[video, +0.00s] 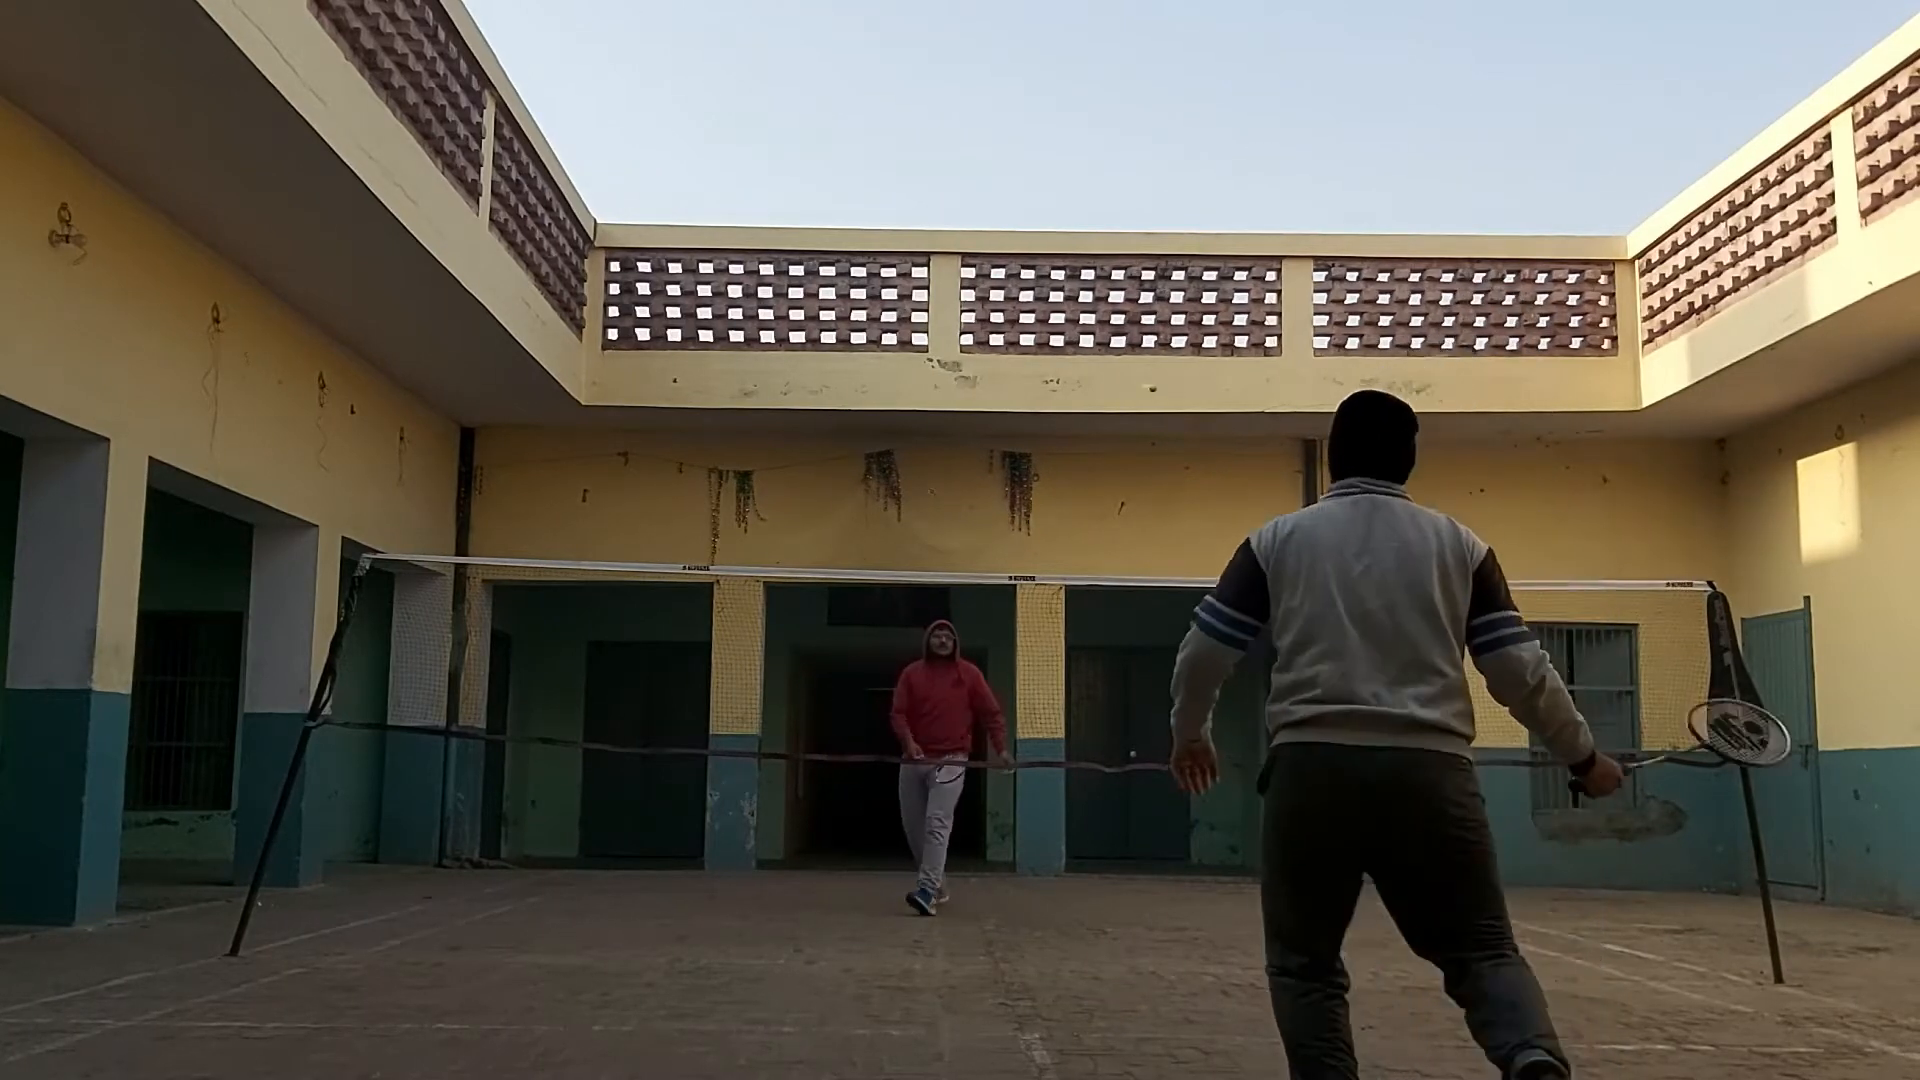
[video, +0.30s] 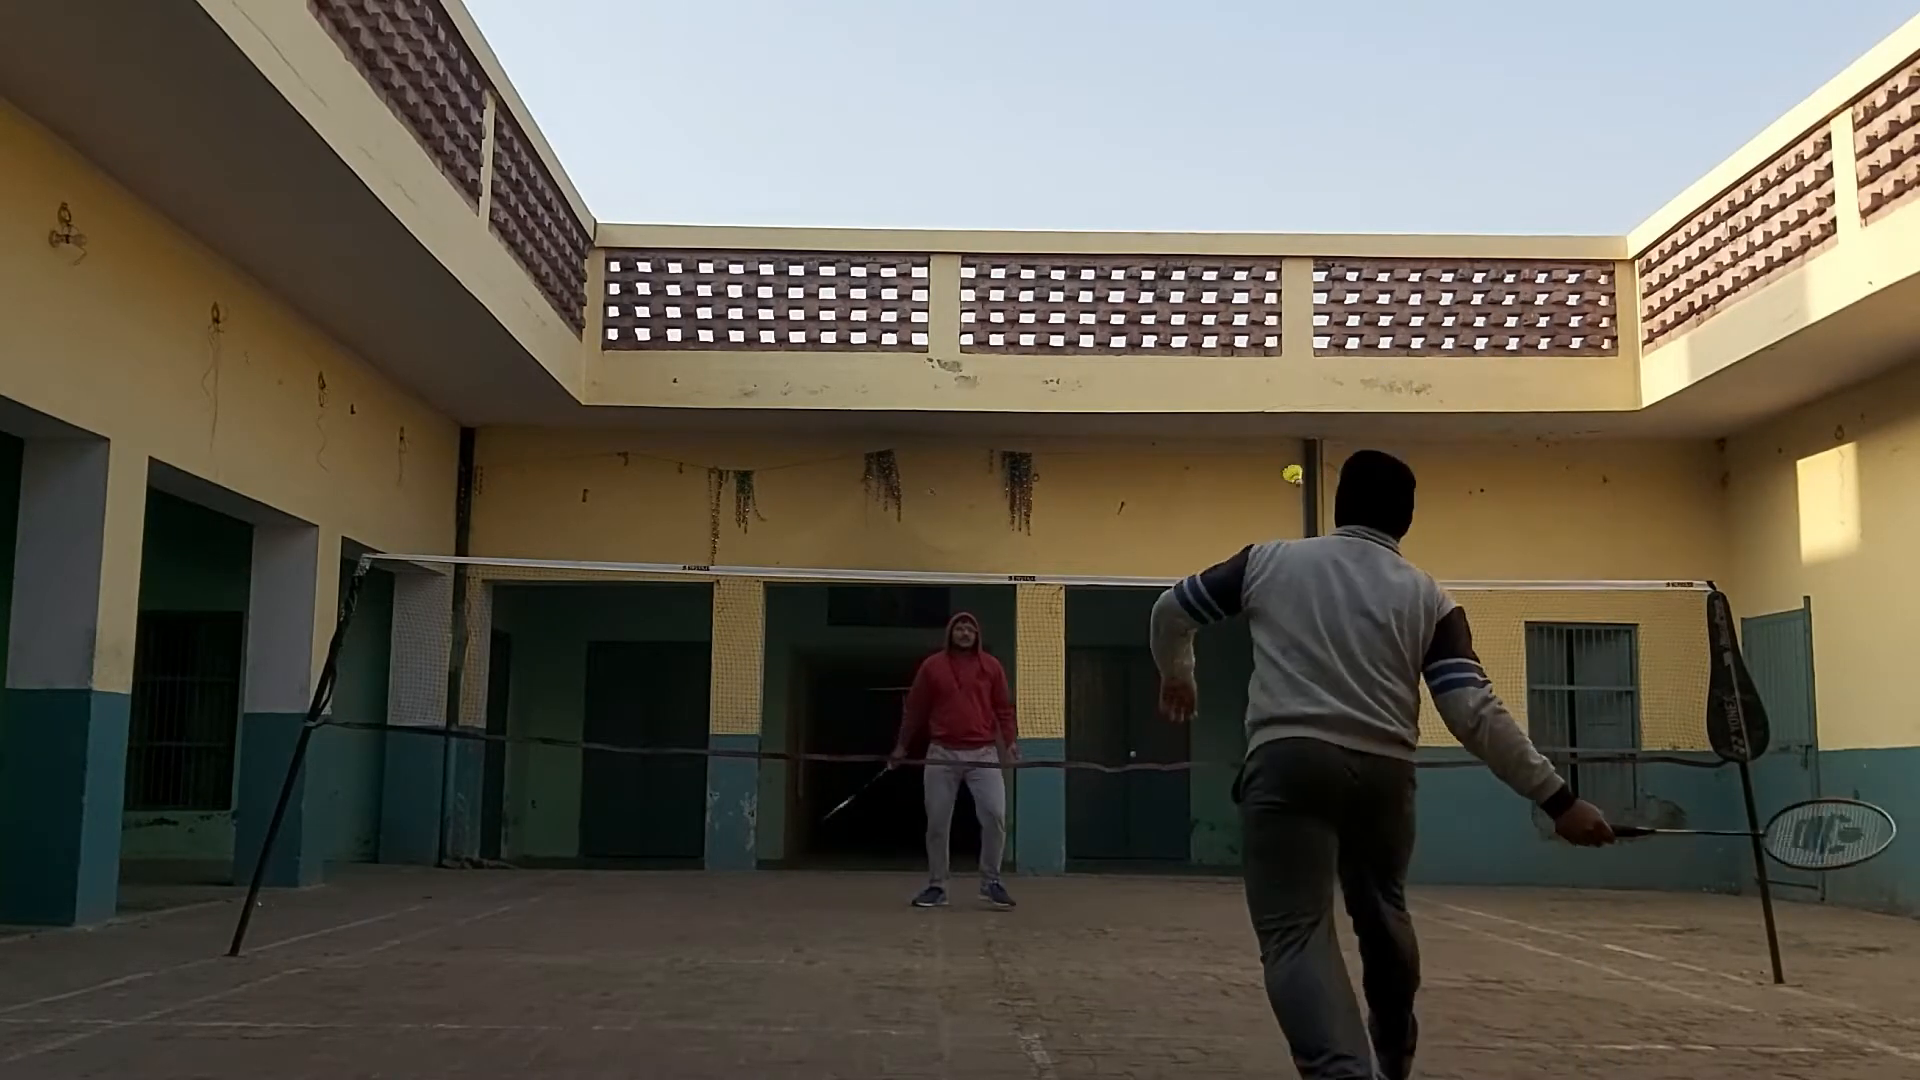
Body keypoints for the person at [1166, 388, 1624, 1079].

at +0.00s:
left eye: (1339, 451)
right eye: (1402, 453)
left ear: (1332, 456)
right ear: (1410, 461)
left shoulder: (1275, 541)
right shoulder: (1460, 546)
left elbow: (1200, 654)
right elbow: (1519, 670)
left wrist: (1190, 732)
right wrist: (1584, 756)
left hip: (1308, 777)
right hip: (1431, 777)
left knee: (1304, 964)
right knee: (1480, 947)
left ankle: (1328, 1077)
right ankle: (1535, 1061)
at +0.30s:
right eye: (1404, 509)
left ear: (1338, 506)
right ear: (1406, 518)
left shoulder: (1270, 561)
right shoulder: (1427, 598)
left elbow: (1171, 609)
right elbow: (1473, 713)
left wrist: (1175, 677)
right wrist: (1560, 801)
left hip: (1286, 759)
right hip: (1383, 770)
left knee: (1293, 931)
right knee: (1383, 905)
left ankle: (1341, 1071)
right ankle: (1394, 1061)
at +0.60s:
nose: (1346, 523)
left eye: (1350, 515)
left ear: (1348, 523)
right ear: (1405, 548)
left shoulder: (1302, 559)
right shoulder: (1401, 620)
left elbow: (1229, 602)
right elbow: (1359, 684)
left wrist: (1184, 687)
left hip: (1260, 741)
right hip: (1343, 763)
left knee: (1190, 896)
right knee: (1343, 891)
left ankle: (1257, 1046)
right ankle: (1379, 1052)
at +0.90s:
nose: (1218, 499)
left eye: (1220, 488)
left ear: (1220, 496)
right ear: (1281, 501)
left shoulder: (1196, 557)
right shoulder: (1298, 559)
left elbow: (1105, 613)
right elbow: (1240, 547)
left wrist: (1153, 570)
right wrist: (1180, 526)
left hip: (1201, 749)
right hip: (1287, 754)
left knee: (1111, 885)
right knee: (1312, 891)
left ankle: (1066, 1037)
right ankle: (1377, 1044)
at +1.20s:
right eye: (1146, 471)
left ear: (1086, 477)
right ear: (1152, 476)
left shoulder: (1058, 552)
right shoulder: (1195, 539)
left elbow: (990, 657)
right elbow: (1216, 630)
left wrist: (926, 733)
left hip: (1109, 737)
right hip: (1208, 727)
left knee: (1089, 886)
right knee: (1244, 875)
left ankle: (1073, 1044)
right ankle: (1241, 1025)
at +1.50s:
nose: (1057, 474)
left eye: (1055, 463)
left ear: (1057, 466)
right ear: (1122, 466)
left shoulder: (1045, 516)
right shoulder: (1171, 535)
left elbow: (1046, 590)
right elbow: (1210, 646)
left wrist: (1048, 661)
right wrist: (1173, 716)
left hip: (1052, 723)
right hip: (1148, 726)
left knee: (1042, 897)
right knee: (1140, 908)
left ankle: (1047, 1049)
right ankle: (1122, 1064)